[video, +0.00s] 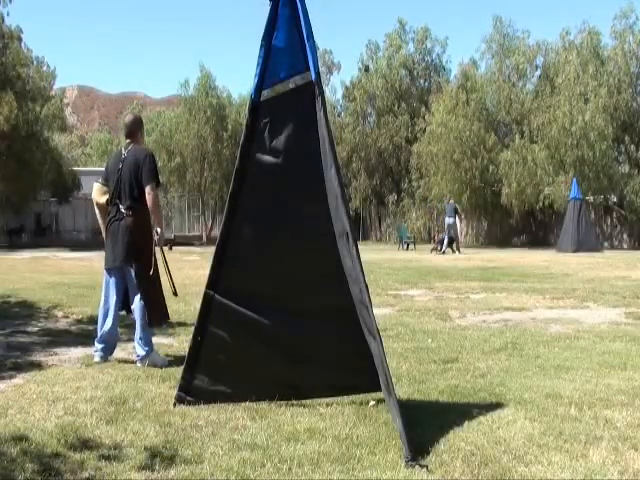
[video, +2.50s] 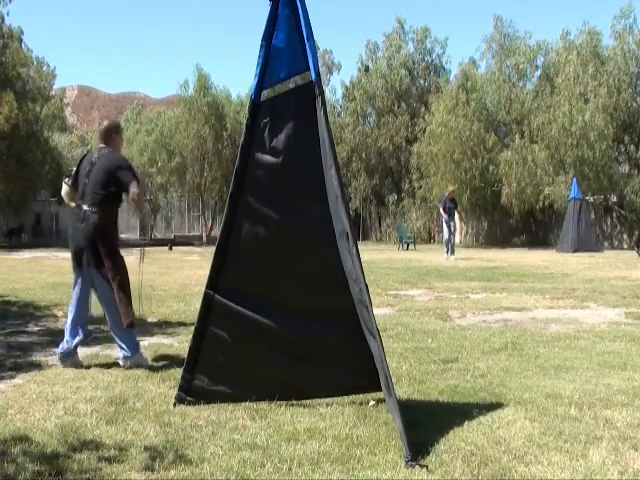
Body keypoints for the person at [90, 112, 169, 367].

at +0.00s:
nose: (143, 134)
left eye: (140, 131)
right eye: (143, 131)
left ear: (123, 133)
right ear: (140, 132)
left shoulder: (113, 160)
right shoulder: (144, 156)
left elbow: (98, 198)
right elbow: (150, 194)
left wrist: (105, 230)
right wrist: (158, 227)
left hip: (114, 231)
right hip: (137, 231)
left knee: (110, 293)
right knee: (141, 292)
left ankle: (102, 348)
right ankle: (144, 350)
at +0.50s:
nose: (145, 135)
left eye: (143, 132)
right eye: (144, 132)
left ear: (125, 135)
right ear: (140, 133)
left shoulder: (113, 160)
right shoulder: (144, 155)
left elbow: (99, 197)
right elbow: (149, 193)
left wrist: (105, 228)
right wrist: (156, 227)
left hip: (112, 230)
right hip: (134, 230)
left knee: (109, 294)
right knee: (138, 293)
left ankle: (102, 349)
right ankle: (144, 351)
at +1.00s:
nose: (146, 135)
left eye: (143, 132)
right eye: (145, 132)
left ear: (126, 135)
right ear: (141, 133)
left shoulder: (114, 159)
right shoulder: (144, 156)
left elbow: (98, 196)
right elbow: (149, 193)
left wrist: (105, 226)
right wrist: (156, 226)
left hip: (112, 229)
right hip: (134, 230)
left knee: (109, 294)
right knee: (138, 292)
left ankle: (101, 349)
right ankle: (144, 351)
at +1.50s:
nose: (146, 136)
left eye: (144, 132)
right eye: (145, 132)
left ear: (126, 134)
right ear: (140, 133)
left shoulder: (114, 158)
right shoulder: (143, 156)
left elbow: (99, 194)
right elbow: (147, 194)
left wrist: (106, 223)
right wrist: (154, 227)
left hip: (111, 228)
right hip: (133, 228)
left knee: (109, 292)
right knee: (137, 291)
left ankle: (101, 348)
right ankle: (144, 351)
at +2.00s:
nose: (144, 140)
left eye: (143, 137)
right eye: (142, 136)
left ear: (123, 138)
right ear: (135, 138)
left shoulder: (110, 163)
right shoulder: (129, 156)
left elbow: (94, 186)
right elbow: (143, 136)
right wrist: (163, 119)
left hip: (98, 238)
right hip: (118, 238)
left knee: (100, 296)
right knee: (133, 292)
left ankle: (95, 347)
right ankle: (130, 349)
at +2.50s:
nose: (123, 141)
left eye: (122, 137)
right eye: (122, 138)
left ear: (102, 138)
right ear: (115, 138)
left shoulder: (86, 158)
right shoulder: (117, 161)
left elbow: (67, 193)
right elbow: (135, 192)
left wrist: (83, 206)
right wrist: (139, 207)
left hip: (77, 226)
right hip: (98, 229)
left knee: (80, 289)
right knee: (110, 290)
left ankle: (68, 349)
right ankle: (130, 351)